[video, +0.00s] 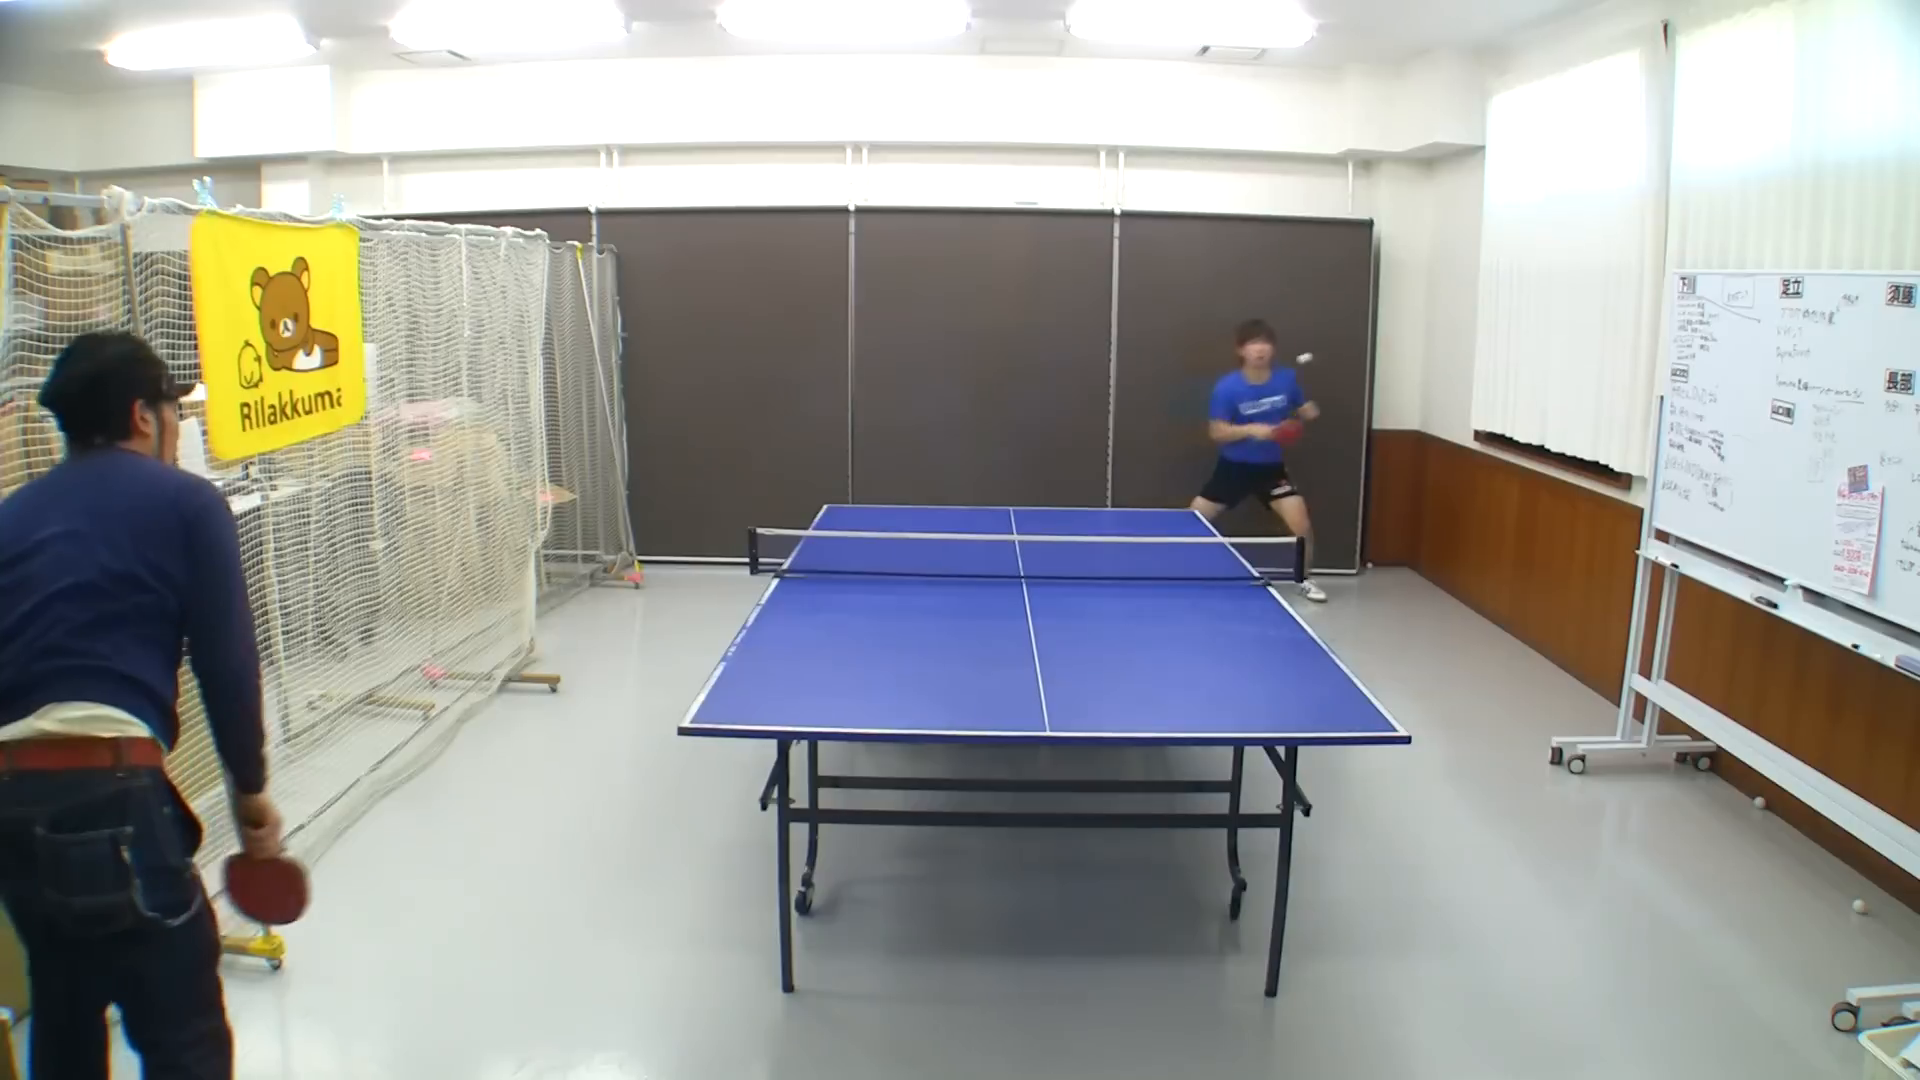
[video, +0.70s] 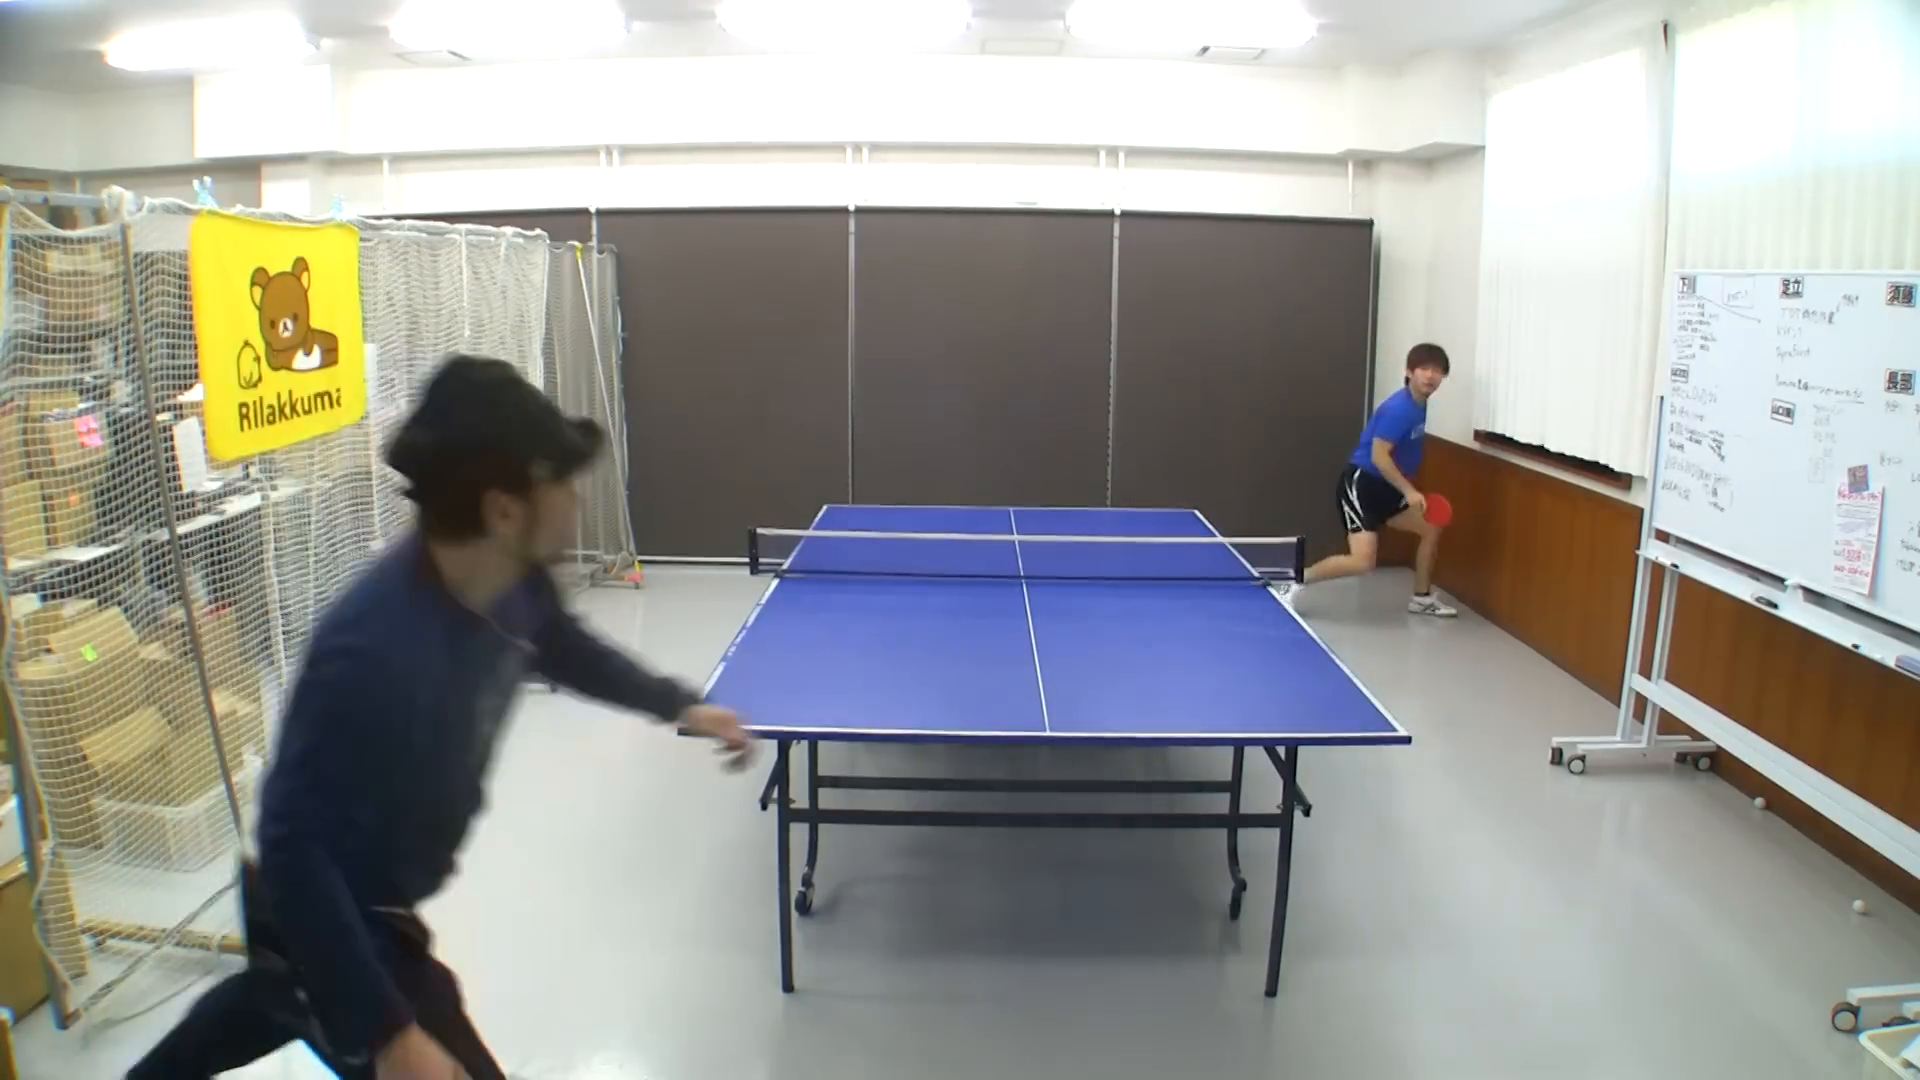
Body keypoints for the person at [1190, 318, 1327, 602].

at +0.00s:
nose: (1260, 350)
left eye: (1265, 344)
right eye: (1253, 344)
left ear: (1273, 349)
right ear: (1241, 351)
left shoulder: (1285, 379)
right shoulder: (1227, 387)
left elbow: (1308, 410)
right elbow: (1217, 431)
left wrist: (1305, 413)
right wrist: (1253, 430)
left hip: (1271, 469)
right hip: (1233, 469)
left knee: (1301, 525)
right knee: (1193, 520)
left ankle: (1302, 579)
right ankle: (1168, 579)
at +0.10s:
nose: (1308, 335)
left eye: (1313, 329)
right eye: (1301, 329)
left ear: (1319, 334)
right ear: (1286, 335)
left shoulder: (1319, 363)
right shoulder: (1281, 363)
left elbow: (1340, 386)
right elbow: (1291, 394)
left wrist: (1361, 373)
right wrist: (1331, 376)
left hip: (1296, 456)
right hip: (1262, 452)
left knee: (1320, 522)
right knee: (1220, 514)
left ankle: (1303, 578)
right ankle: (1171, 557)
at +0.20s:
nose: (1344, 322)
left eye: (1349, 316)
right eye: (1336, 316)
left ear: (1355, 323)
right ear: (1321, 324)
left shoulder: (1341, 356)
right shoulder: (1319, 350)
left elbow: (1343, 372)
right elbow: (1343, 356)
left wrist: (1363, 378)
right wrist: (1377, 340)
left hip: (1322, 447)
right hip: (1293, 442)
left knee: (1350, 511)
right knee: (1252, 509)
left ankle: (1319, 566)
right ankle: (1211, 542)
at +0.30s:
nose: (1377, 331)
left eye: (1381, 325)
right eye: (1370, 323)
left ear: (1384, 331)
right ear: (1356, 327)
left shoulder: (1368, 361)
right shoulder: (1352, 354)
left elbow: (1351, 398)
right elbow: (1373, 377)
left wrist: (1376, 405)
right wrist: (1411, 363)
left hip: (1350, 452)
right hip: (1321, 446)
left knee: (1386, 512)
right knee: (1278, 515)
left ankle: (1371, 575)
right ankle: (1222, 529)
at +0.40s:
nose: (1407, 352)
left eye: (1413, 347)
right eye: (1401, 345)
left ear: (1419, 353)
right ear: (1389, 349)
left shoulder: (1399, 383)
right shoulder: (1382, 378)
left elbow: (1377, 421)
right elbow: (1399, 418)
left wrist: (1394, 441)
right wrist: (1441, 411)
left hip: (1374, 473)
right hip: (1348, 466)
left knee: (1416, 530)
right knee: (1304, 535)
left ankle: (1419, 596)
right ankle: (1239, 539)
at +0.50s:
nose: (1433, 374)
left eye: (1440, 370)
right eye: (1427, 367)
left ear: (1444, 375)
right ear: (1413, 370)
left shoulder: (1422, 404)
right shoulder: (1403, 401)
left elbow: (1401, 448)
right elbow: (1401, 451)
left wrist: (1407, 478)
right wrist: (1446, 461)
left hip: (1387, 480)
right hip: (1360, 476)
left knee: (1430, 528)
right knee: (1342, 557)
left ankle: (1421, 595)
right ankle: (1274, 565)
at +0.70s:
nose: (1431, 377)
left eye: (1438, 372)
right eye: (1425, 369)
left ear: (1443, 378)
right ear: (1410, 372)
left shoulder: (1418, 405)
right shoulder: (1399, 407)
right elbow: (1379, 455)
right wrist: (1409, 491)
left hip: (1384, 485)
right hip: (1361, 482)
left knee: (1431, 528)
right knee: (1362, 562)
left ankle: (1422, 597)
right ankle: (1296, 579)